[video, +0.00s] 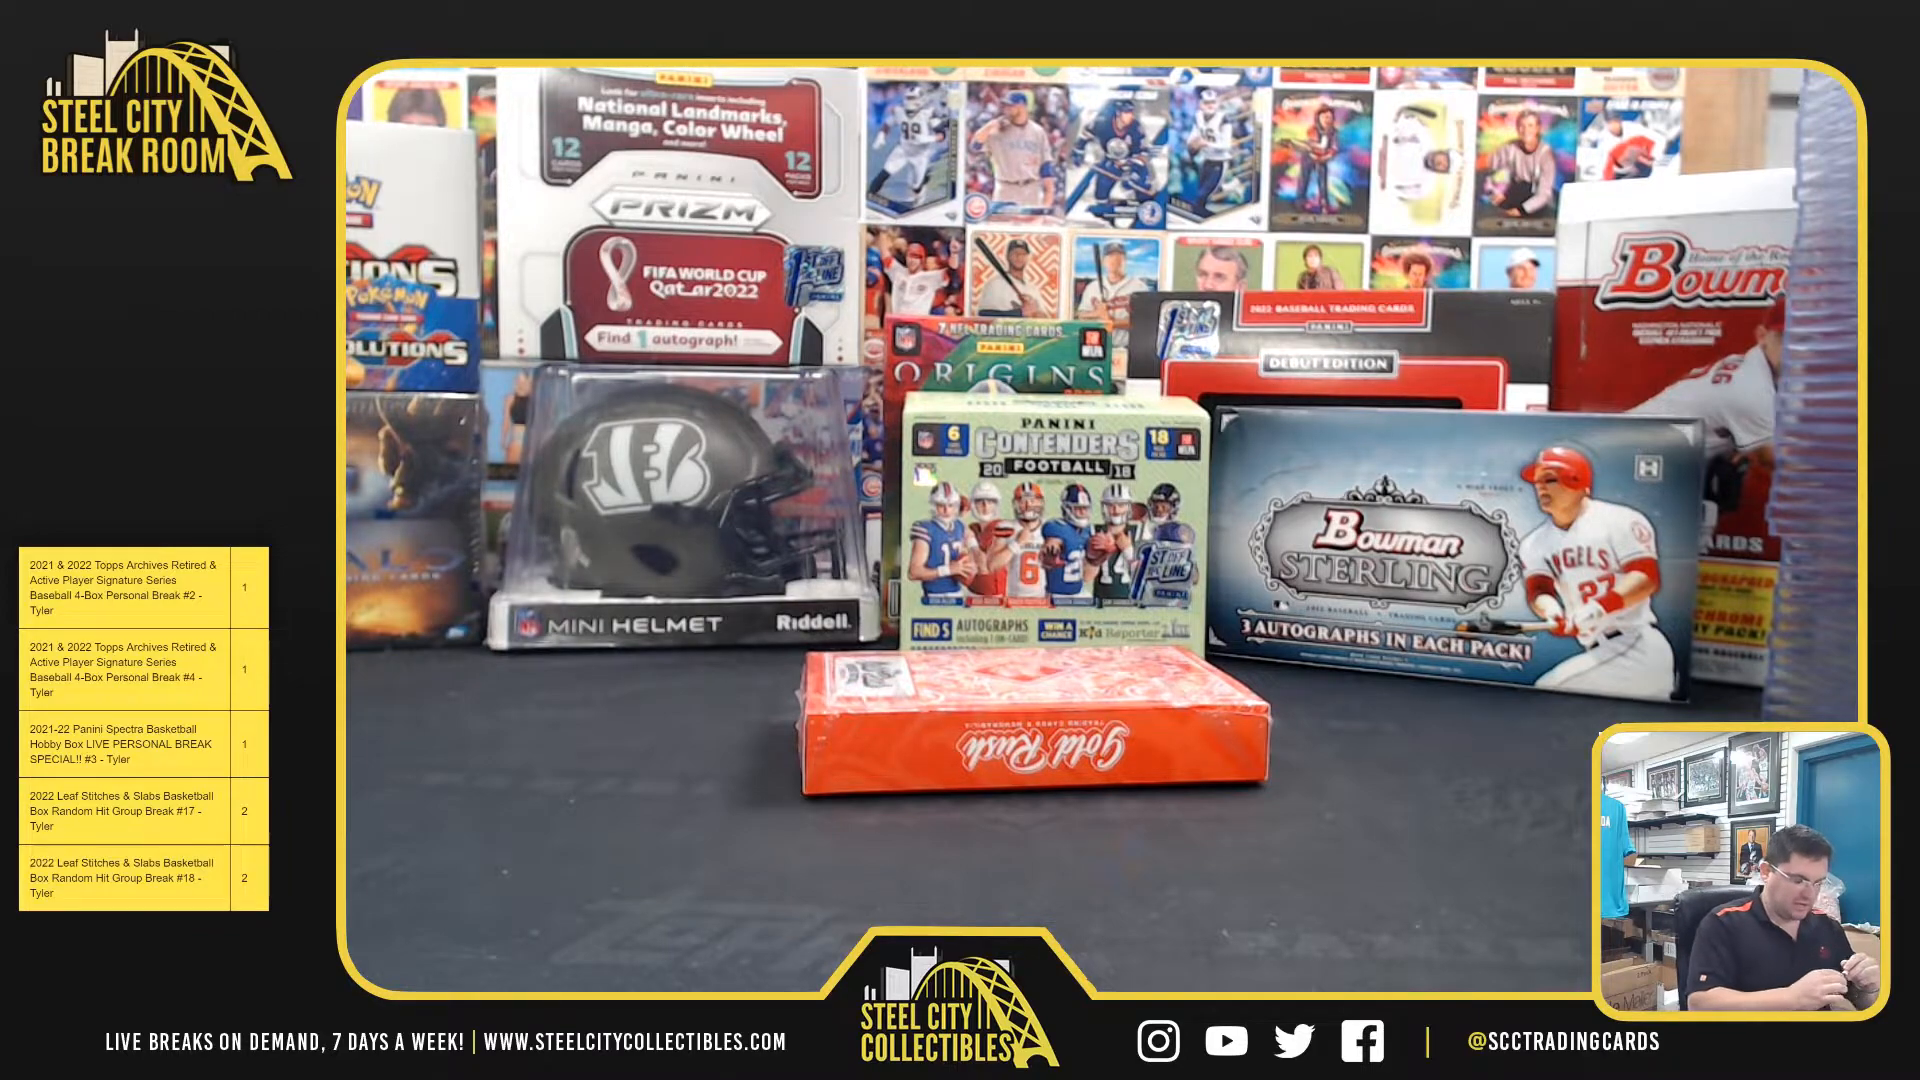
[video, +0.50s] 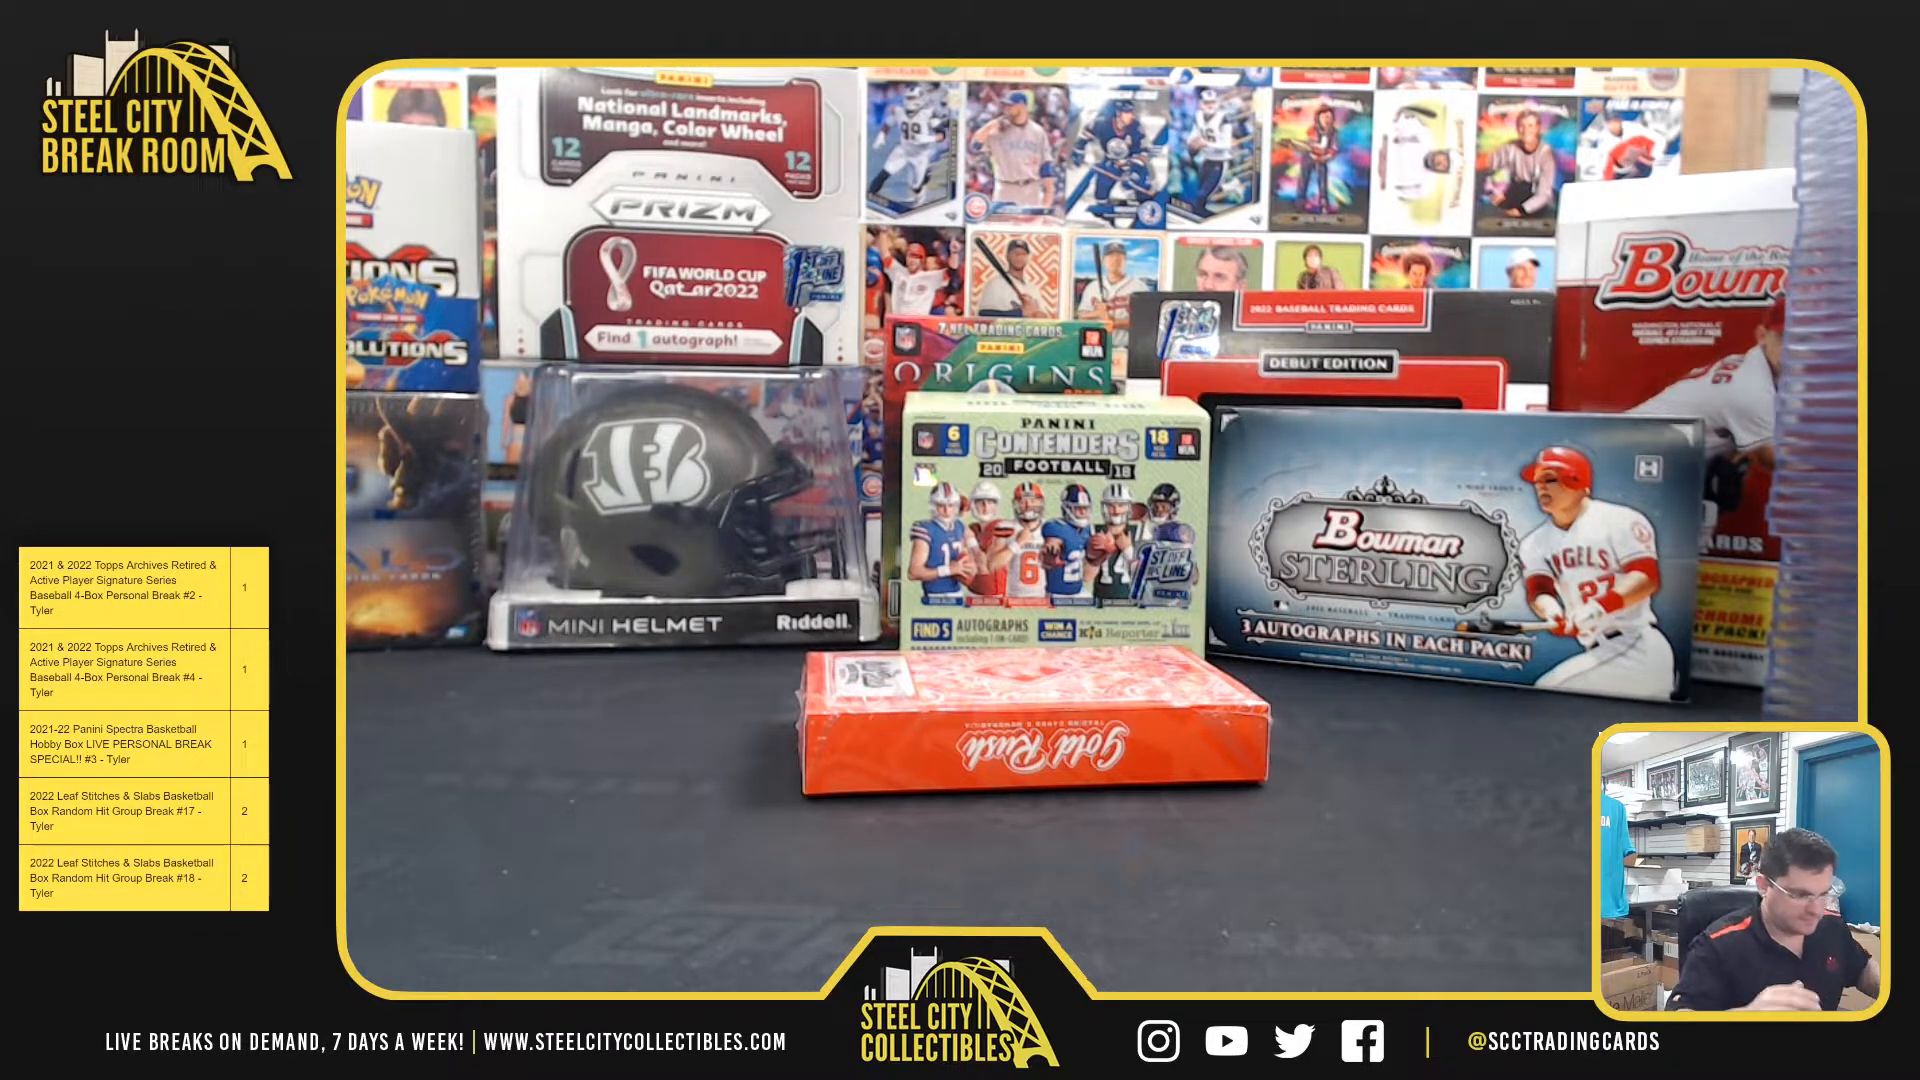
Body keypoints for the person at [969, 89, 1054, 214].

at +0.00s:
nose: (1006, 110)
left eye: (1010, 106)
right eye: (1005, 106)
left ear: (1022, 107)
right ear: (1004, 107)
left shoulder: (1038, 132)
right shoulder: (996, 129)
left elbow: (1046, 166)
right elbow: (974, 148)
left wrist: (1048, 198)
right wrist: (991, 127)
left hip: (1032, 186)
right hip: (1005, 186)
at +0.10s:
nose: (1006, 110)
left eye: (1010, 106)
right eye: (1005, 106)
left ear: (1022, 107)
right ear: (1004, 107)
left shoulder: (1038, 132)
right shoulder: (996, 129)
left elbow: (1046, 166)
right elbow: (974, 148)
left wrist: (1048, 198)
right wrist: (991, 127)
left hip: (1032, 186)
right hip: (1005, 186)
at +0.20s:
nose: (1006, 110)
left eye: (1010, 106)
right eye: (1006, 106)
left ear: (1022, 106)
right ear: (1004, 107)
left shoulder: (1038, 132)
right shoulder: (996, 129)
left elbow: (1046, 166)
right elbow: (974, 148)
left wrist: (1048, 199)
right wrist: (990, 127)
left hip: (1031, 186)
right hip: (1005, 186)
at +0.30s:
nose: (1006, 110)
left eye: (1010, 106)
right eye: (1006, 106)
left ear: (1022, 106)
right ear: (1004, 107)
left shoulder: (1038, 132)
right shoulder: (996, 129)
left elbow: (1046, 166)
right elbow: (974, 148)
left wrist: (1048, 199)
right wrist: (990, 127)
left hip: (1031, 186)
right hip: (1005, 186)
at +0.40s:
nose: (1006, 110)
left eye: (1010, 106)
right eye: (1006, 106)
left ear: (1022, 106)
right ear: (1004, 107)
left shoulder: (1038, 132)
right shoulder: (996, 129)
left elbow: (1046, 166)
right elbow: (974, 148)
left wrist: (1048, 199)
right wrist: (990, 127)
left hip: (1031, 186)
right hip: (1005, 186)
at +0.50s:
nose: (1006, 110)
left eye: (1010, 106)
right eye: (1005, 106)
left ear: (1022, 107)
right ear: (1004, 107)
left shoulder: (1038, 132)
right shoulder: (996, 129)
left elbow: (1046, 166)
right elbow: (974, 148)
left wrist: (1048, 198)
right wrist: (990, 127)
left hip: (1031, 186)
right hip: (1005, 186)